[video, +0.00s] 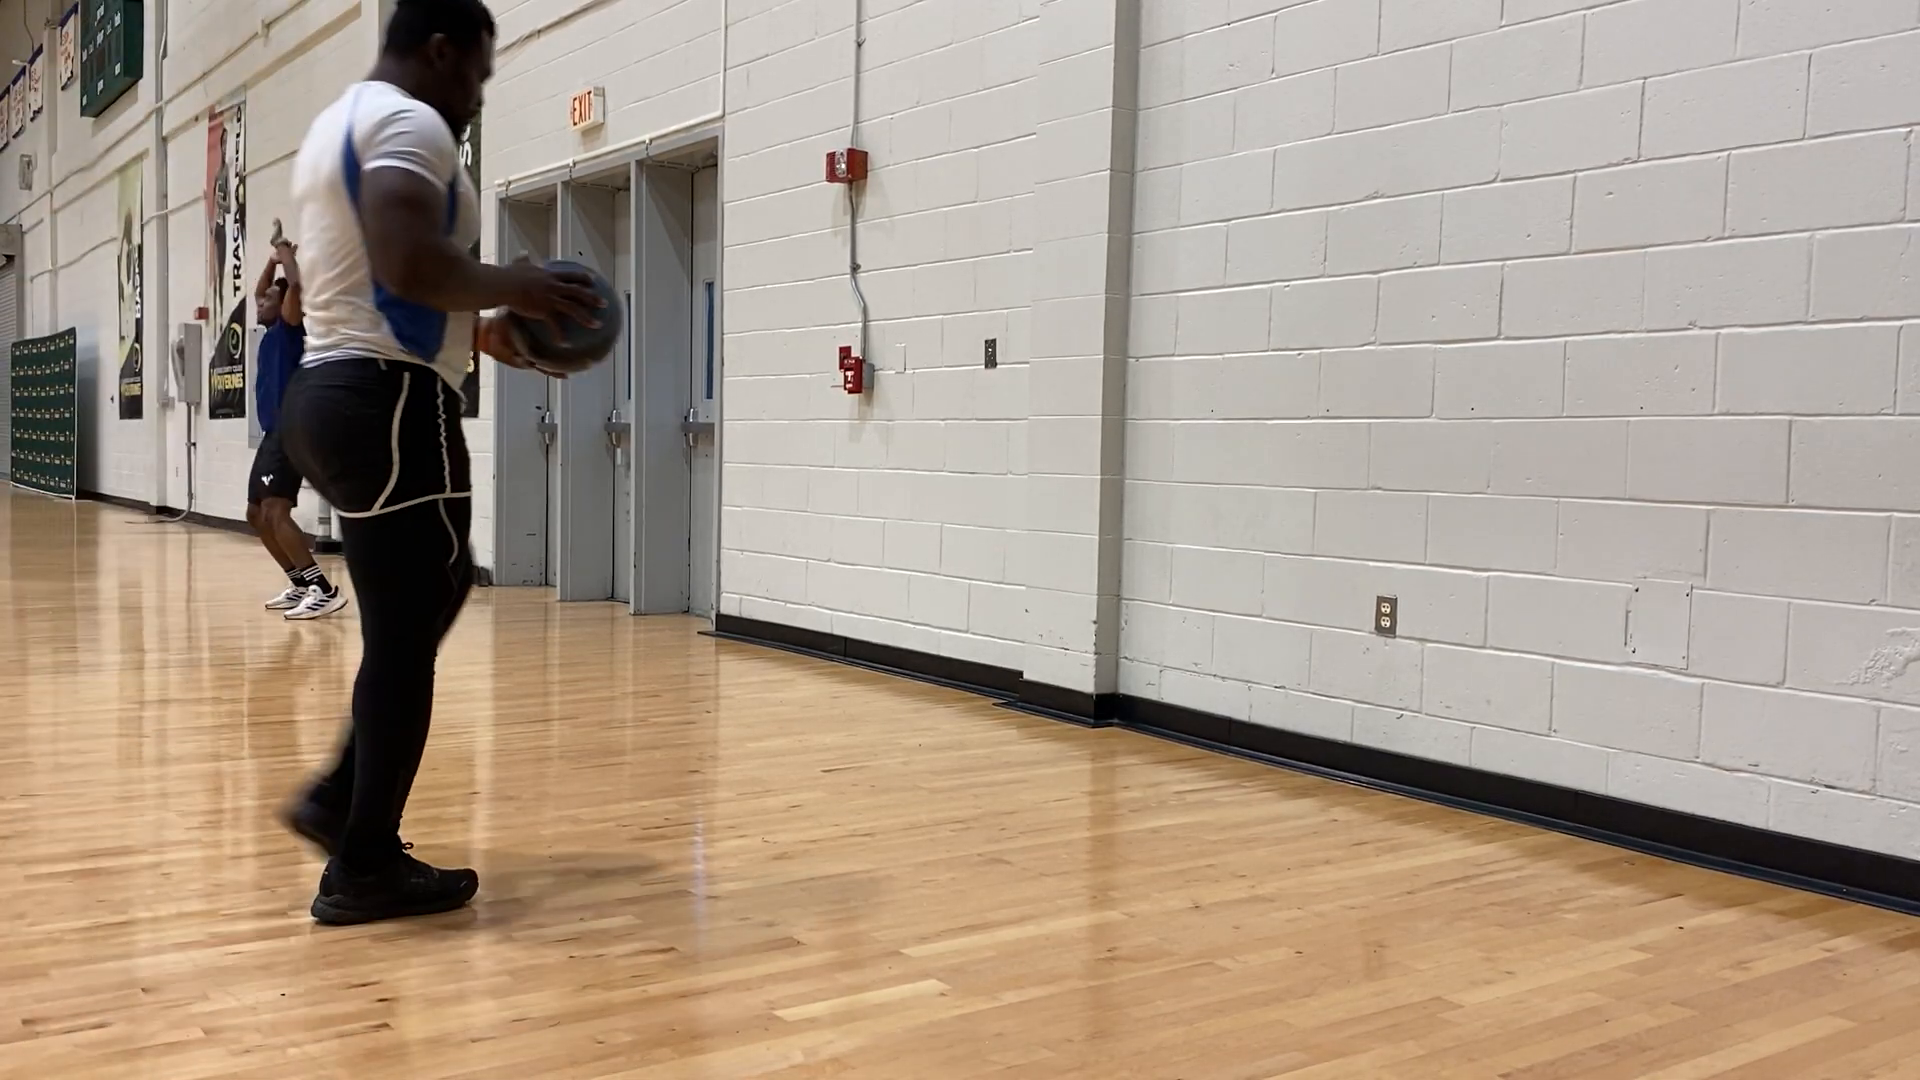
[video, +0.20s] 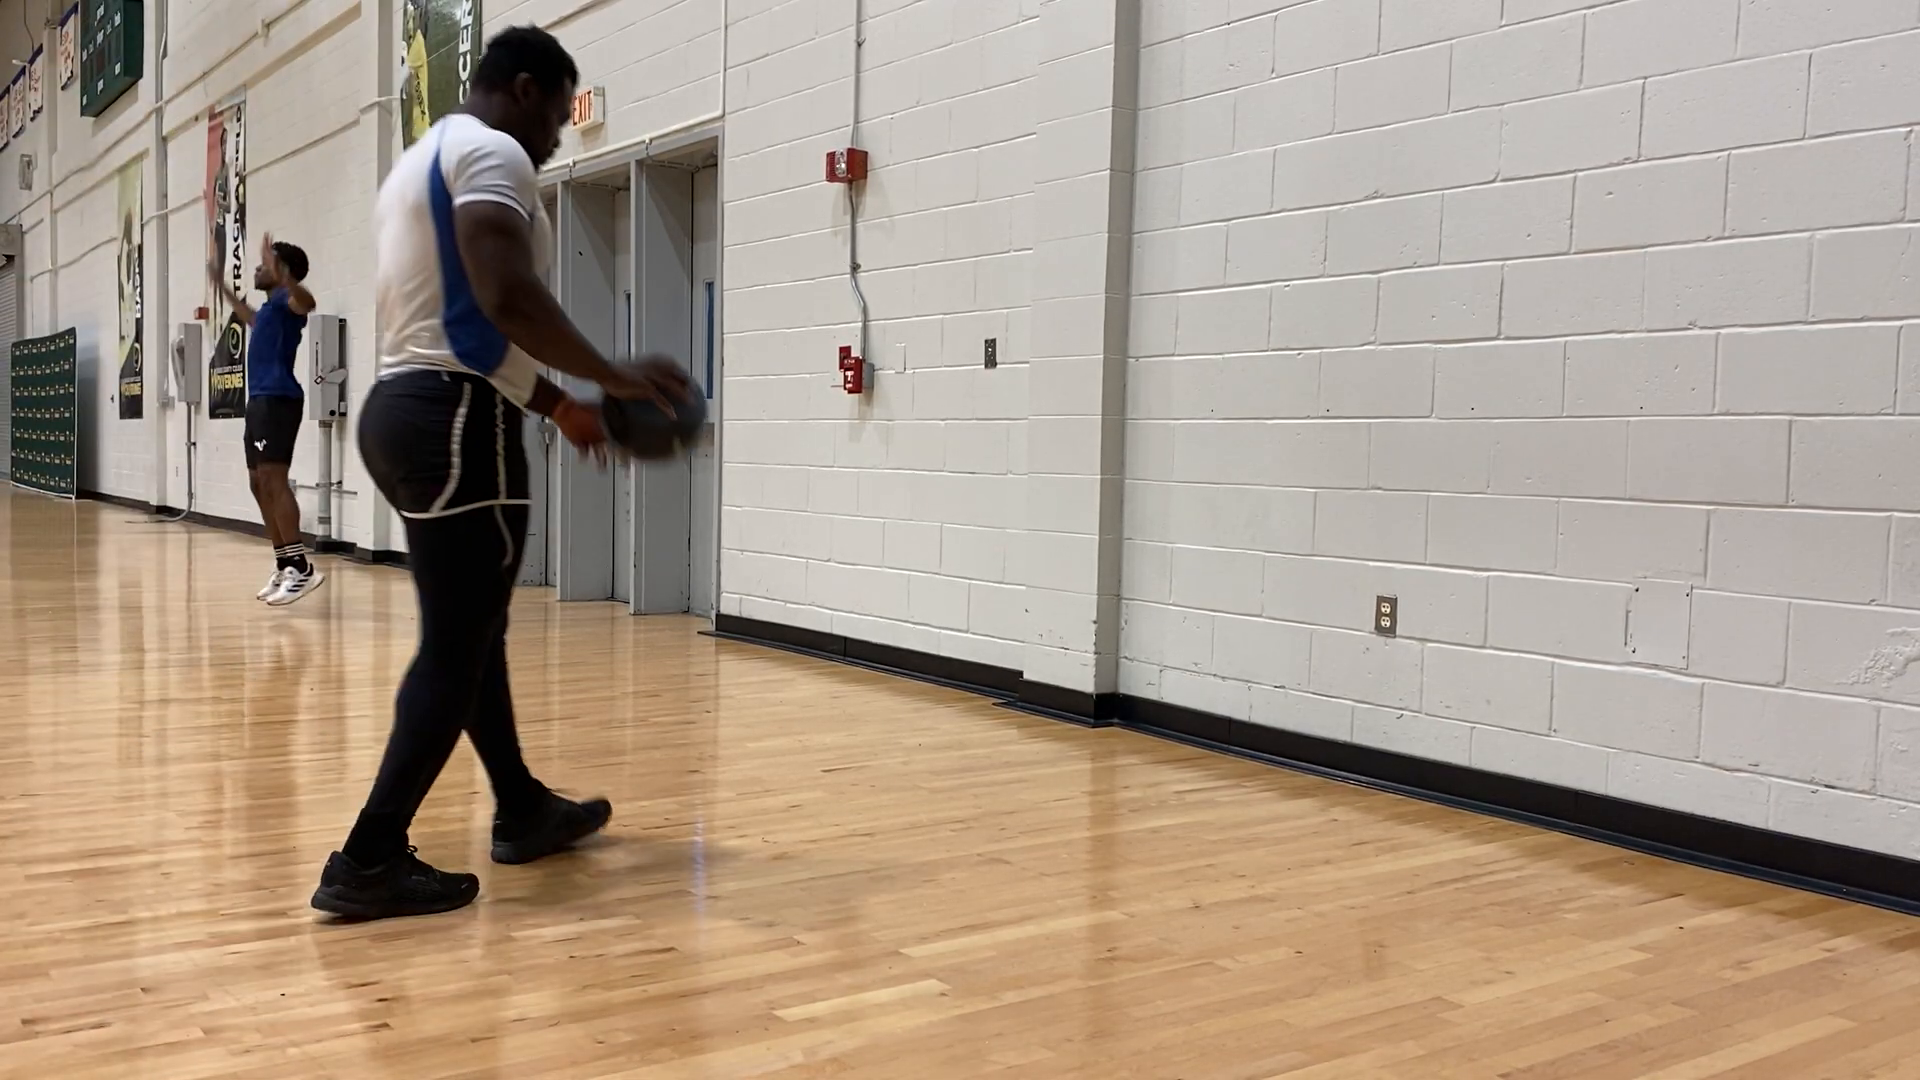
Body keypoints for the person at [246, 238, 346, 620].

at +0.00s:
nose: (263, 301)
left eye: (270, 297)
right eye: (264, 297)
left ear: (286, 300)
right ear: (269, 303)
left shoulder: (291, 323)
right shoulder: (273, 324)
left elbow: (294, 308)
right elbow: (260, 296)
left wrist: (289, 264)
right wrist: (274, 261)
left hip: (289, 425)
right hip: (272, 427)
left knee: (274, 512)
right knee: (256, 515)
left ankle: (320, 588)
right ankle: (300, 583)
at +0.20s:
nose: (257, 269)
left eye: (265, 264)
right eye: (260, 263)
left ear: (282, 271)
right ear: (268, 271)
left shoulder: (288, 300)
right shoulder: (265, 311)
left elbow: (306, 304)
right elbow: (246, 314)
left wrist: (280, 271)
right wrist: (221, 284)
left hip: (279, 399)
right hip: (260, 401)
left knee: (274, 481)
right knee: (258, 483)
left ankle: (302, 569)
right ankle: (284, 566)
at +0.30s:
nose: (250, 270)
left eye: (257, 266)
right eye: (253, 264)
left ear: (275, 275)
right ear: (267, 275)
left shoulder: (282, 305)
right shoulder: (263, 311)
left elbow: (305, 344)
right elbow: (257, 359)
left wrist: (281, 353)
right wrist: (222, 359)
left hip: (276, 405)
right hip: (258, 405)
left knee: (265, 487)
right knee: (253, 488)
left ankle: (287, 573)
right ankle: (279, 571)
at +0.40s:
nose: (242, 295)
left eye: (250, 290)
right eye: (245, 289)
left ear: (266, 300)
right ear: (261, 300)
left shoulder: (278, 337)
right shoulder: (257, 338)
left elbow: (299, 389)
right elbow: (258, 396)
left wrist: (274, 423)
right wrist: (236, 427)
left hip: (276, 431)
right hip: (255, 430)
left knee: (246, 508)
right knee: (239, 511)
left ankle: (288, 586)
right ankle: (284, 584)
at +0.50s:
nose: (240, 296)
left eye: (247, 292)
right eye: (242, 290)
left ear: (264, 302)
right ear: (260, 303)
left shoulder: (274, 339)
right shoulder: (255, 340)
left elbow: (291, 392)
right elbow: (256, 403)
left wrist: (262, 429)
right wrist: (228, 432)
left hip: (273, 435)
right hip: (255, 435)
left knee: (245, 511)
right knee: (236, 514)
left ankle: (288, 587)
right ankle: (284, 586)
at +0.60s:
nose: (241, 272)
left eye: (248, 267)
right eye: (244, 267)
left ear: (267, 276)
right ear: (262, 276)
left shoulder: (274, 309)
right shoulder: (252, 312)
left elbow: (281, 356)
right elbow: (242, 360)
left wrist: (235, 361)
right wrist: (201, 360)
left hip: (266, 410)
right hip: (248, 410)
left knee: (256, 490)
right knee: (247, 492)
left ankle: (282, 576)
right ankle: (273, 574)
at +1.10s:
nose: (227, 267)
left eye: (235, 262)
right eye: (228, 262)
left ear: (254, 272)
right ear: (234, 270)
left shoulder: (257, 303)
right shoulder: (232, 312)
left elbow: (241, 287)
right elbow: (209, 320)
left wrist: (215, 268)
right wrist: (177, 289)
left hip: (247, 403)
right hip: (228, 405)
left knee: (239, 485)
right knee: (226, 486)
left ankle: (271, 571)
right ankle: (254, 569)